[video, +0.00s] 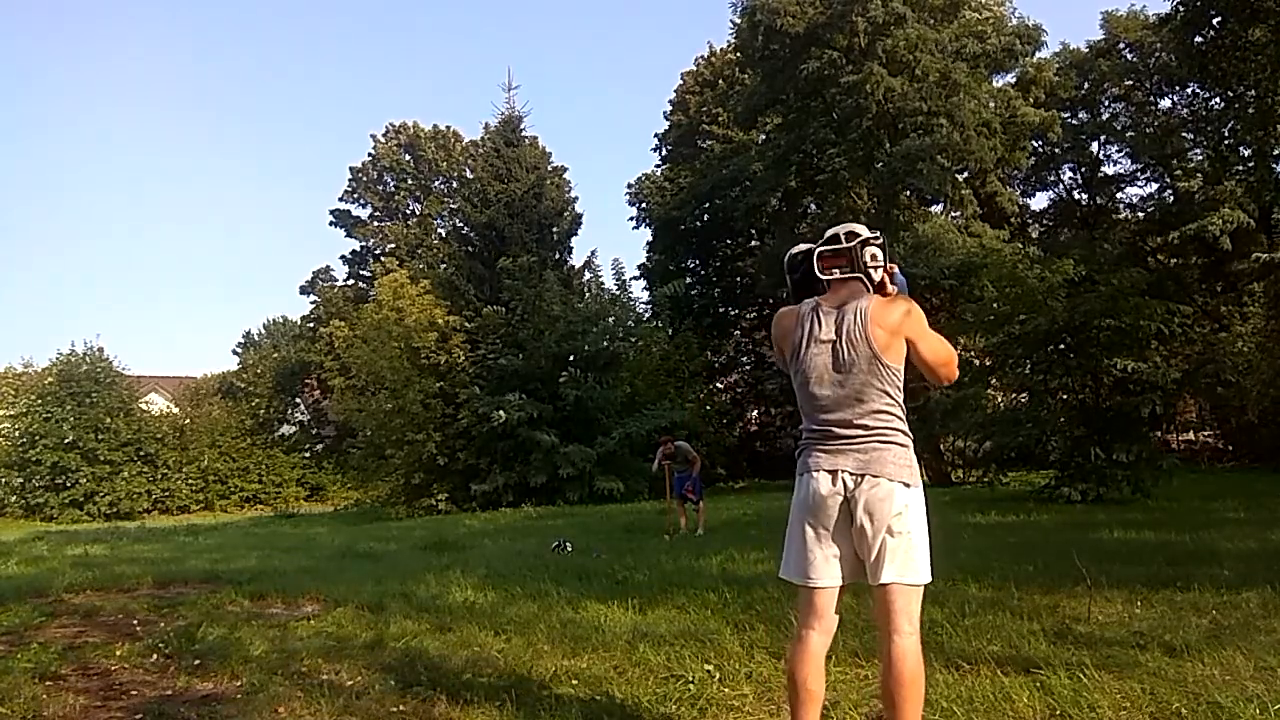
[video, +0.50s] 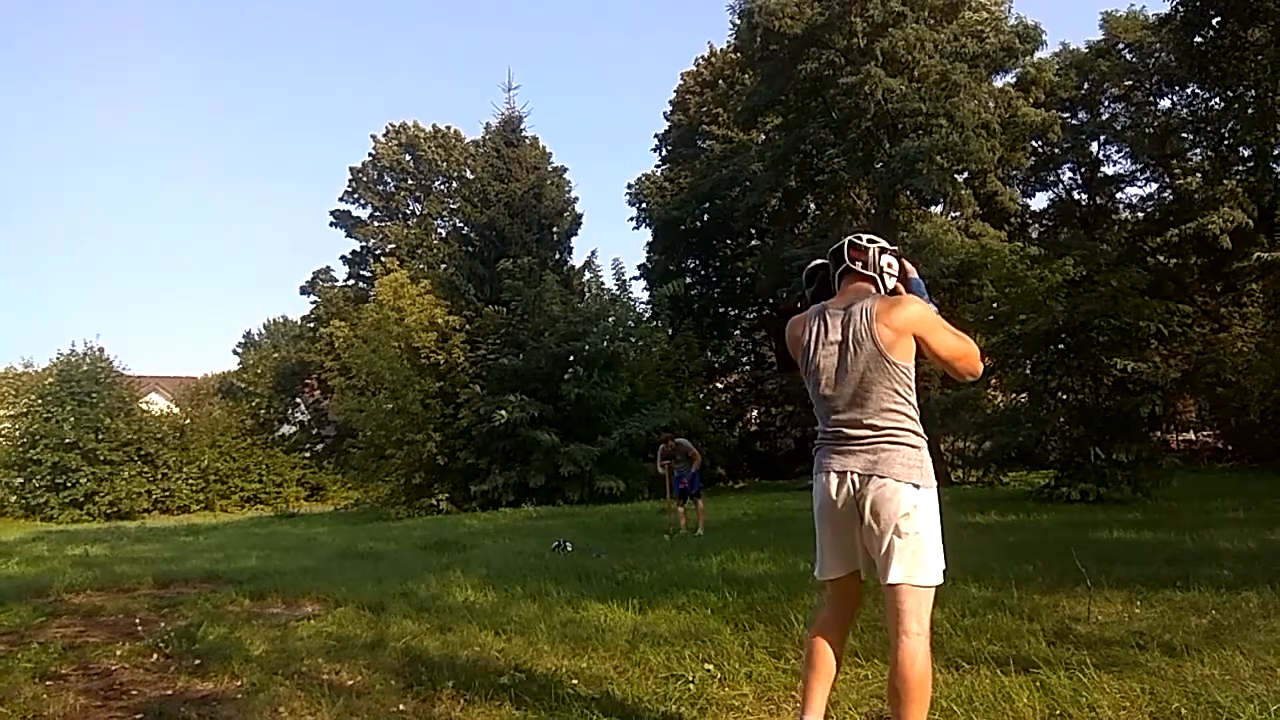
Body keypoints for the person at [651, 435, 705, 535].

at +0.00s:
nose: (668, 451)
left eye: (670, 448)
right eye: (666, 449)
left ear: (673, 445)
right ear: (662, 449)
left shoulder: (683, 447)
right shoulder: (661, 451)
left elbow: (697, 461)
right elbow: (654, 469)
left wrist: (692, 480)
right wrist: (659, 460)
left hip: (691, 473)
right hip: (678, 475)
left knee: (698, 502)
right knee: (679, 502)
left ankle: (700, 527)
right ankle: (683, 528)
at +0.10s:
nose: (669, 451)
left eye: (670, 448)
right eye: (666, 449)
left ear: (673, 445)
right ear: (662, 448)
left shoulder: (683, 446)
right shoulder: (661, 451)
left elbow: (697, 461)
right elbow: (655, 469)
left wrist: (692, 480)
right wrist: (661, 463)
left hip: (690, 472)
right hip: (677, 474)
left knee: (697, 501)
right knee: (679, 502)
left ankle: (700, 527)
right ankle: (683, 528)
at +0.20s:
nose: (669, 451)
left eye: (670, 448)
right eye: (666, 449)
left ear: (674, 445)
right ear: (663, 449)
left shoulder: (683, 447)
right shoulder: (661, 452)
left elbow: (697, 461)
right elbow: (656, 470)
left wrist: (692, 479)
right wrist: (662, 465)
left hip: (691, 473)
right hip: (678, 475)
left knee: (697, 501)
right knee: (679, 502)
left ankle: (700, 527)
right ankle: (683, 528)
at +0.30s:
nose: (669, 451)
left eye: (670, 449)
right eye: (666, 450)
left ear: (674, 445)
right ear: (663, 449)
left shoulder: (684, 447)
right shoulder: (662, 452)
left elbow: (698, 461)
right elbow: (657, 468)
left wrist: (692, 479)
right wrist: (662, 465)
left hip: (691, 473)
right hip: (678, 475)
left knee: (697, 502)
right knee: (679, 502)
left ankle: (701, 528)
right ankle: (683, 529)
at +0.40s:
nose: (669, 450)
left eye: (670, 448)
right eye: (666, 448)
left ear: (674, 444)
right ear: (663, 447)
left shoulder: (684, 445)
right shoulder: (662, 451)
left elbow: (698, 460)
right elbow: (658, 467)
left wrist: (691, 477)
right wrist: (660, 467)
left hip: (690, 472)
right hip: (678, 475)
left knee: (697, 501)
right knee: (680, 503)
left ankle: (700, 527)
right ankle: (683, 528)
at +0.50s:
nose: (669, 448)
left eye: (670, 446)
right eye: (667, 446)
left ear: (673, 442)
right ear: (664, 445)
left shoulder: (683, 443)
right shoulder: (662, 449)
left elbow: (697, 458)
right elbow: (659, 467)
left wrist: (692, 472)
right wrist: (664, 470)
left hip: (690, 473)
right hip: (678, 475)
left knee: (697, 500)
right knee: (680, 503)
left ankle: (700, 527)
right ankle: (683, 528)